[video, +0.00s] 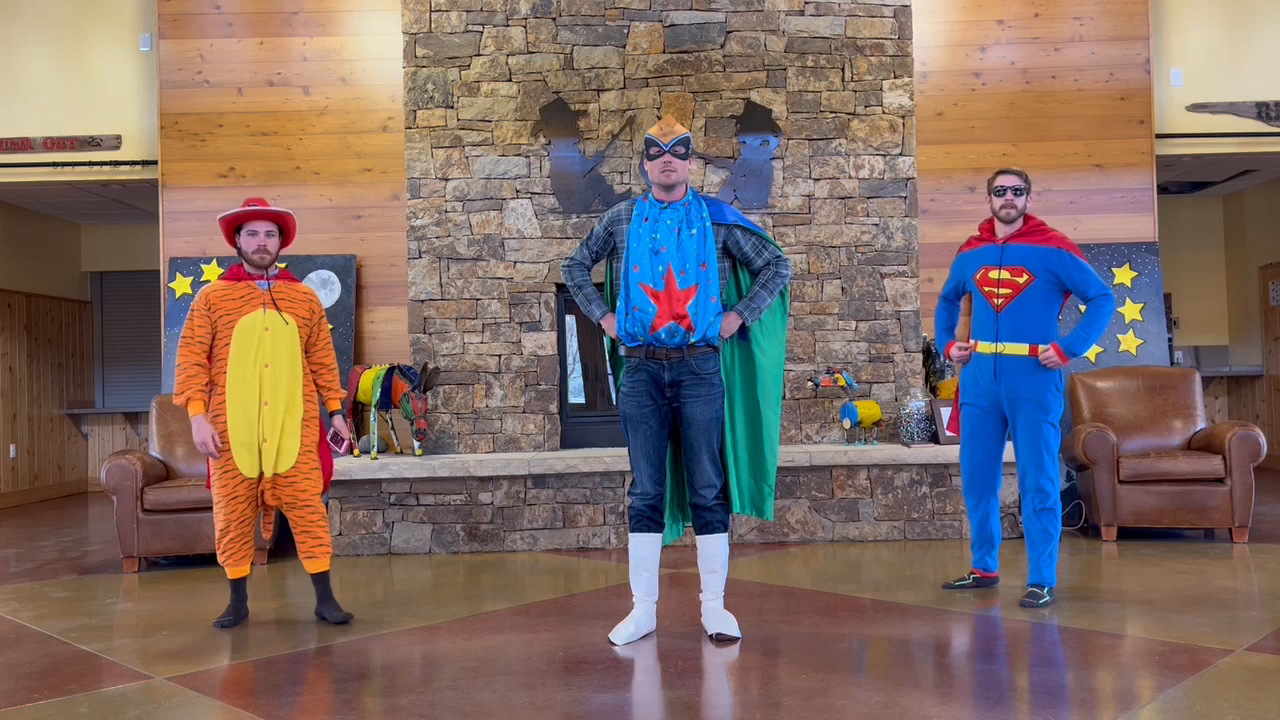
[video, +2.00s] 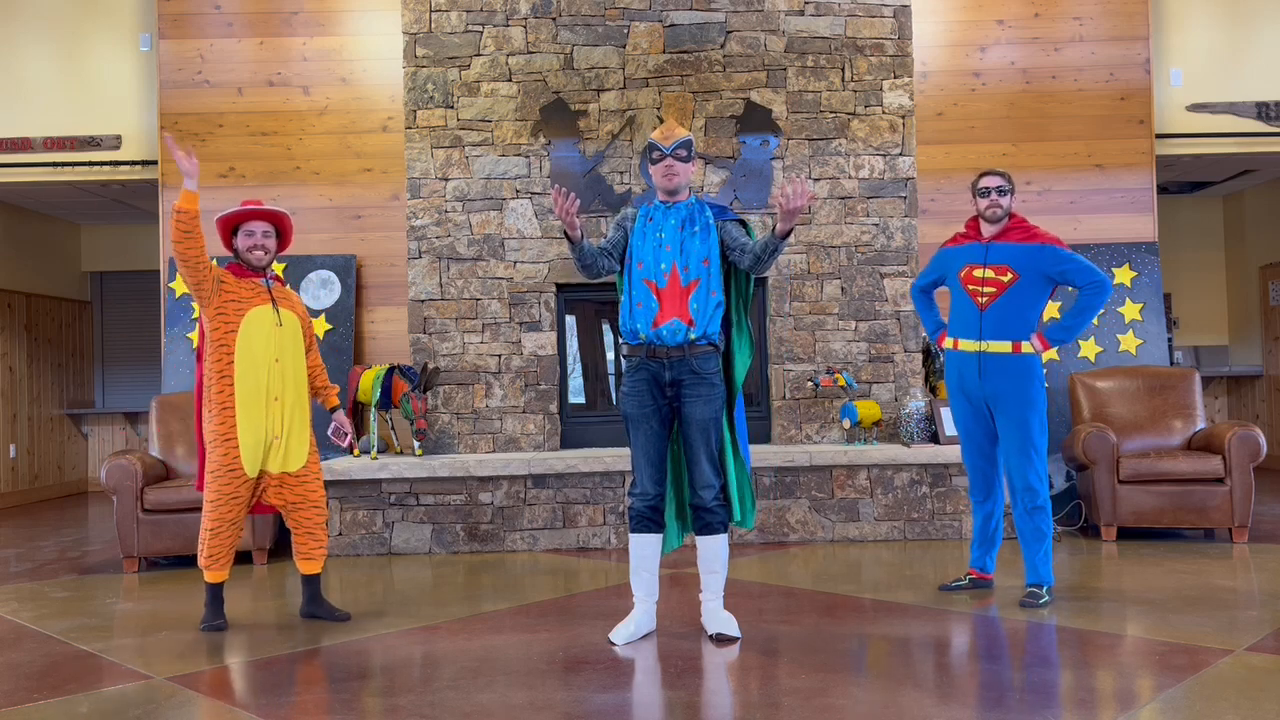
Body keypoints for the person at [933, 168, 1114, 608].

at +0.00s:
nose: (1008, 199)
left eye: (1016, 192)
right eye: (1000, 192)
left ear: (1029, 199)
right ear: (989, 200)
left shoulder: (1053, 251)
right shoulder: (968, 256)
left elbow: (1104, 298)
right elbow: (947, 301)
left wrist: (1069, 349)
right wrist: (946, 343)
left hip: (1034, 384)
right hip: (978, 385)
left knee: (1038, 485)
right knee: (977, 482)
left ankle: (1041, 581)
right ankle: (984, 570)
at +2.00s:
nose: (993, 198)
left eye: (1001, 192)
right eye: (985, 192)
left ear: (1013, 200)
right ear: (974, 202)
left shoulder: (1038, 249)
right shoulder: (951, 252)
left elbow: (1098, 285)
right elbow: (920, 289)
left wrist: (1054, 335)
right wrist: (938, 332)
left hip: (1017, 374)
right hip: (963, 374)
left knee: (1027, 480)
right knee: (981, 479)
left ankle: (1039, 581)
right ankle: (981, 572)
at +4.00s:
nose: (998, 204)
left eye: (1005, 196)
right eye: (988, 199)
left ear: (1017, 201)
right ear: (977, 207)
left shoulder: (1047, 249)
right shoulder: (957, 248)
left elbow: (1108, 286)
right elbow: (902, 237)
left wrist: (1060, 335)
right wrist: (913, 188)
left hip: (1025, 371)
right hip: (970, 371)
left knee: (1031, 478)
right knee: (982, 477)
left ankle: (1039, 581)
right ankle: (980, 572)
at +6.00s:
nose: (975, 200)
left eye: (983, 193)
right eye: (966, 195)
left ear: (995, 202)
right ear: (956, 207)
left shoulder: (1024, 252)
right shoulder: (943, 262)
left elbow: (1049, 313)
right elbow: (928, 323)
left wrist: (1049, 359)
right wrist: (918, 375)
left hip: (1016, 389)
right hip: (964, 393)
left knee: (1024, 486)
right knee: (978, 486)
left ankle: (1038, 580)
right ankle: (981, 572)